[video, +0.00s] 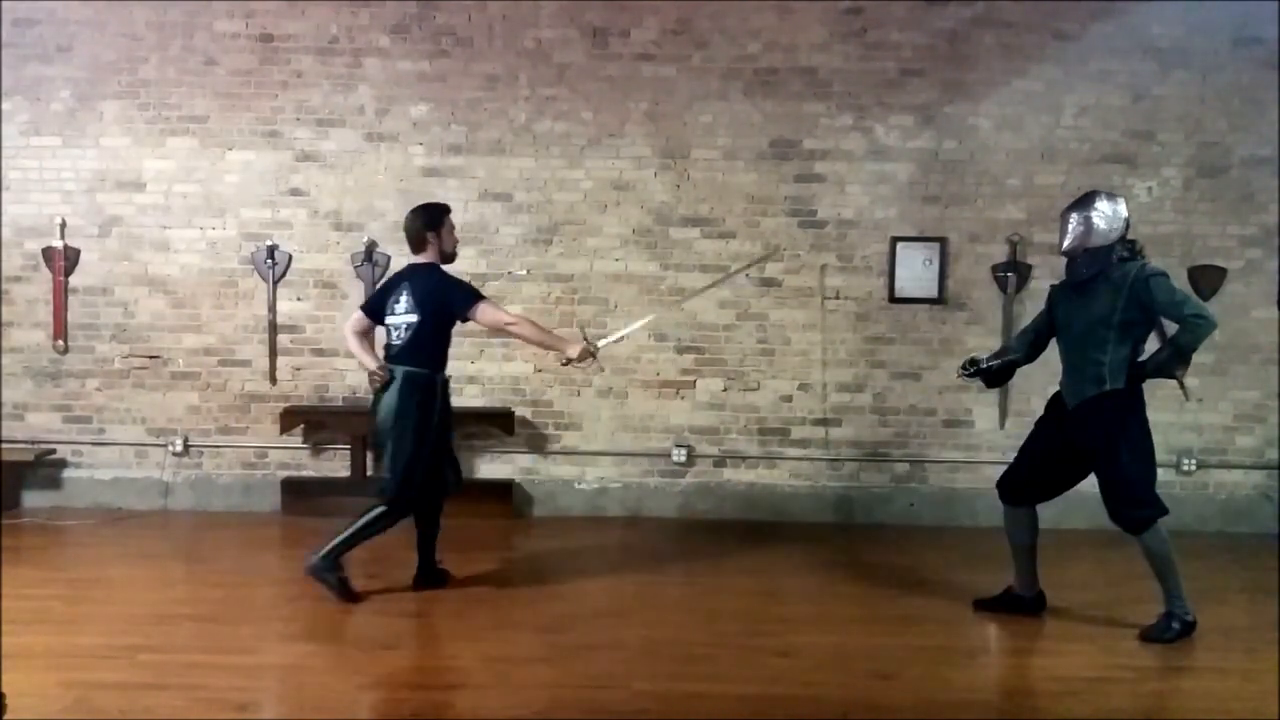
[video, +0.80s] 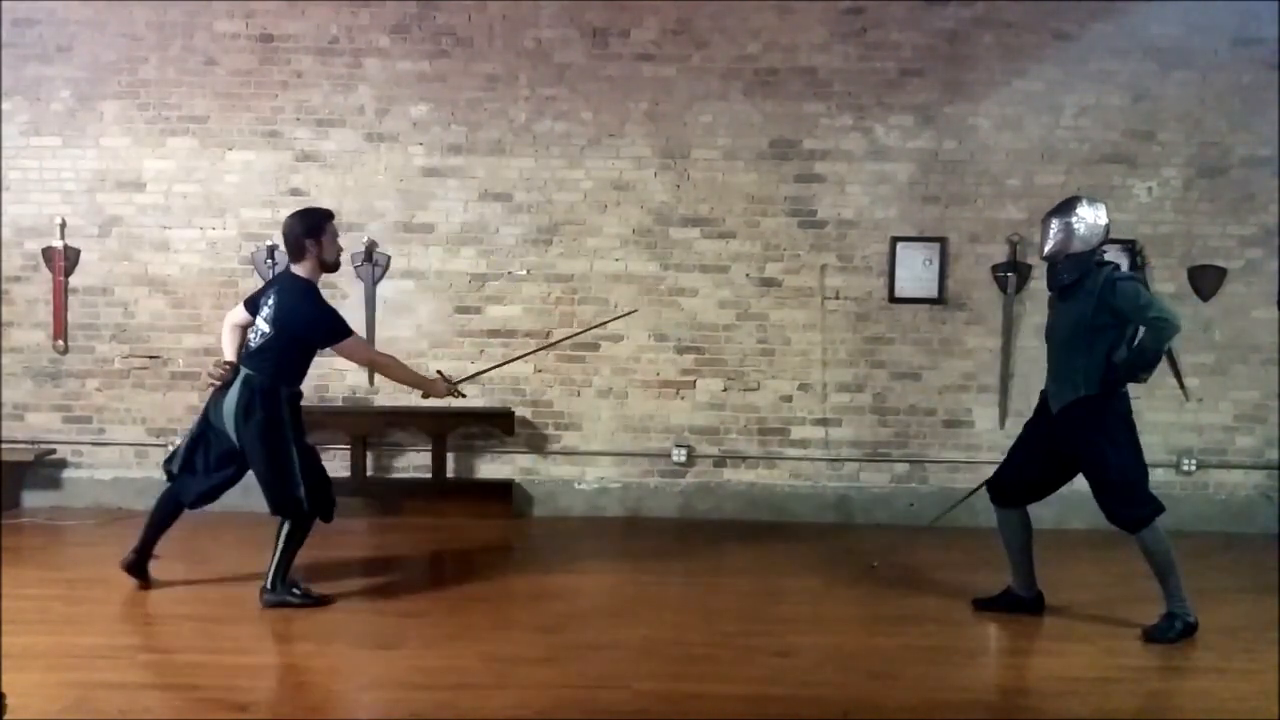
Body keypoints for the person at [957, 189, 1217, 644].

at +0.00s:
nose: (1072, 237)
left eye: (1082, 226)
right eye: (1070, 227)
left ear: (1108, 230)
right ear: (1068, 231)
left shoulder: (1139, 279)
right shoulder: (1065, 293)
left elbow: (1200, 320)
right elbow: (1030, 340)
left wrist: (1152, 366)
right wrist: (994, 363)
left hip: (1117, 412)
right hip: (1069, 412)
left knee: (1135, 510)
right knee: (1015, 491)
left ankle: (1179, 612)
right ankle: (1025, 592)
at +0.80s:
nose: (1049, 243)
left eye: (1057, 233)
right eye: (1049, 232)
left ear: (1081, 234)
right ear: (1066, 233)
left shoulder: (1111, 282)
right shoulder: (1065, 283)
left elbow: (1164, 322)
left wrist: (1130, 367)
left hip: (1101, 415)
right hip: (1058, 413)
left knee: (1133, 510)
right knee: (1005, 491)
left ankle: (1180, 612)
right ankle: (1024, 592)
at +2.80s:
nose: (1043, 244)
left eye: (1052, 233)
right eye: (1043, 233)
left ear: (1076, 235)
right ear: (1061, 235)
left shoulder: (1103, 282)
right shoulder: (1066, 285)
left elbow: (1153, 322)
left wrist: (1117, 375)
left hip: (1099, 416)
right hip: (1058, 414)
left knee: (1134, 511)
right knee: (1005, 493)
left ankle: (1181, 612)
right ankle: (1023, 592)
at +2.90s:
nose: (1044, 244)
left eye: (1052, 233)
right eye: (1043, 233)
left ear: (1077, 235)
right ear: (1061, 235)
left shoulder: (1104, 282)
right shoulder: (1066, 285)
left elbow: (1153, 322)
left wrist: (1117, 375)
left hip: (1100, 415)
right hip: (1058, 413)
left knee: (1134, 510)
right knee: (1004, 493)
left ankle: (1180, 612)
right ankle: (1023, 592)